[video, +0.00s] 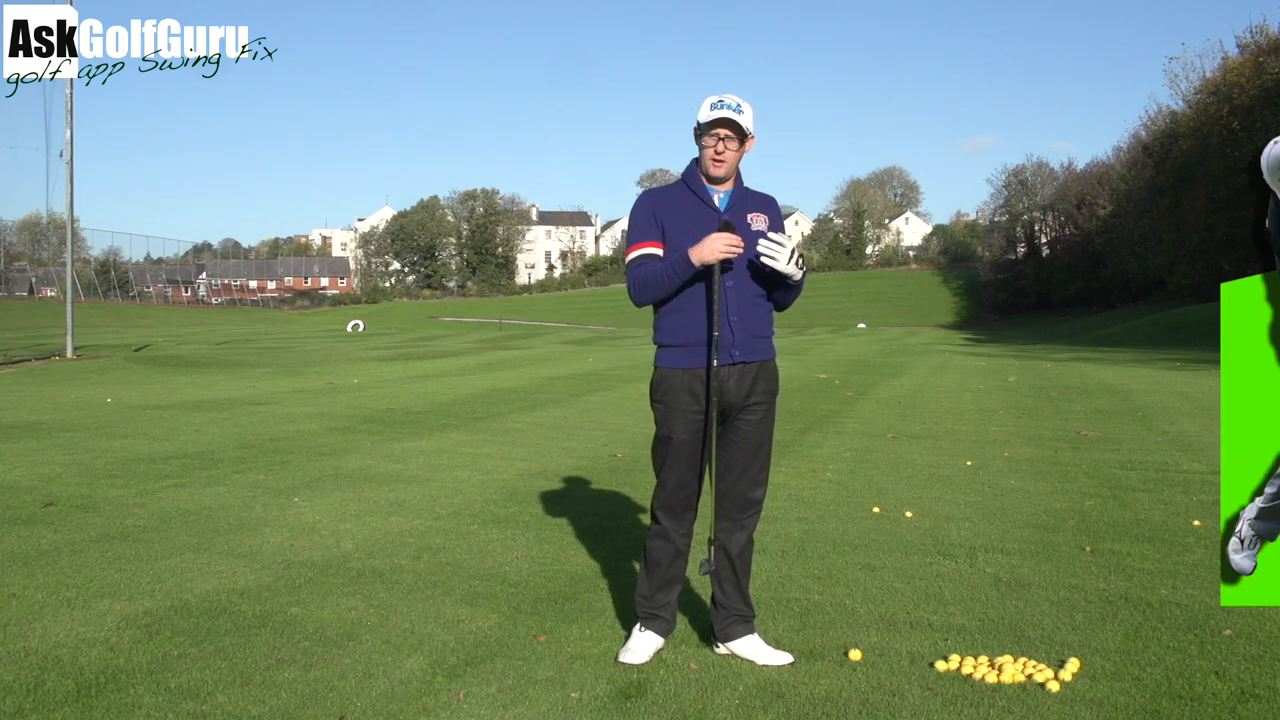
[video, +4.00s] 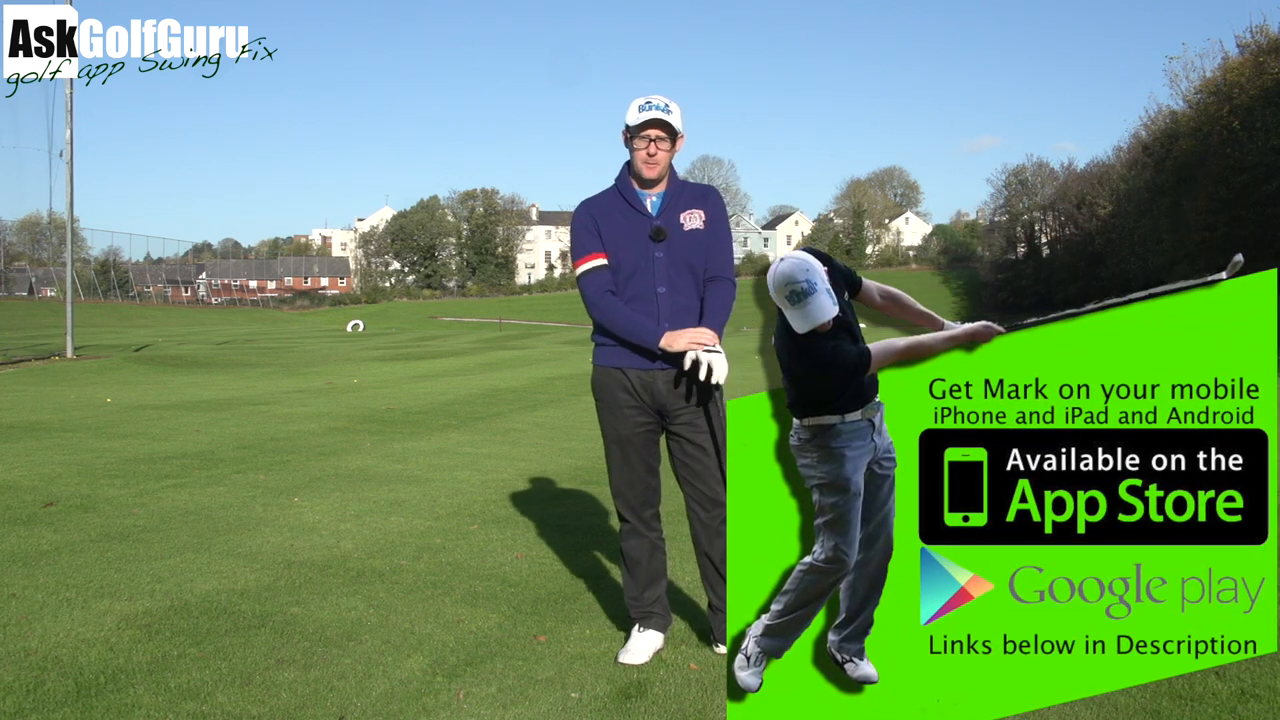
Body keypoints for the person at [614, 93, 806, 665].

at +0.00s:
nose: (719, 145)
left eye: (730, 137)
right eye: (711, 135)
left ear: (746, 145)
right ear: (697, 142)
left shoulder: (764, 209)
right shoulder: (655, 205)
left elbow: (780, 299)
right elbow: (642, 288)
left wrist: (790, 271)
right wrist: (694, 255)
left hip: (752, 373)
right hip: (682, 375)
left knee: (740, 507)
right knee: (674, 504)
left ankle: (734, 627)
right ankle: (653, 621)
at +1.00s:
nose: (701, 141)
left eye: (712, 133)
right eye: (692, 132)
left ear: (727, 141)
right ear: (679, 139)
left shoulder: (750, 204)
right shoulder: (639, 204)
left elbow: (773, 283)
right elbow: (635, 287)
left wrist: (756, 285)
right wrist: (702, 262)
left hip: (737, 373)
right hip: (665, 376)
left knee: (732, 507)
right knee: (660, 509)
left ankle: (733, 627)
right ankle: (651, 621)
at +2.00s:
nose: (702, 146)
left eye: (713, 138)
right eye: (693, 137)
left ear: (733, 144)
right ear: (681, 141)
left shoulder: (760, 203)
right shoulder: (648, 197)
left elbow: (781, 281)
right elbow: (648, 257)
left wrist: (762, 297)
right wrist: (686, 191)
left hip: (735, 374)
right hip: (662, 374)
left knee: (731, 511)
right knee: (658, 508)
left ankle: (733, 623)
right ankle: (652, 620)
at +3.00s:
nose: (702, 141)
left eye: (712, 132)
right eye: (693, 133)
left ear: (728, 140)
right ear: (678, 140)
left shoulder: (754, 204)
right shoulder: (640, 206)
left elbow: (775, 282)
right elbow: (613, 290)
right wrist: (643, 297)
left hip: (735, 375)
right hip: (662, 377)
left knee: (729, 509)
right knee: (660, 506)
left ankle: (730, 624)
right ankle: (651, 620)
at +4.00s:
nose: (651, 147)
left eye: (661, 138)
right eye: (642, 138)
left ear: (676, 145)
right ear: (628, 144)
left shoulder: (704, 200)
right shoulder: (592, 213)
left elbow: (722, 278)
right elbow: (600, 302)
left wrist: (709, 333)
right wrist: (661, 337)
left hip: (693, 374)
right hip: (623, 376)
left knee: (712, 503)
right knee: (635, 506)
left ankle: (728, 622)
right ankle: (648, 619)